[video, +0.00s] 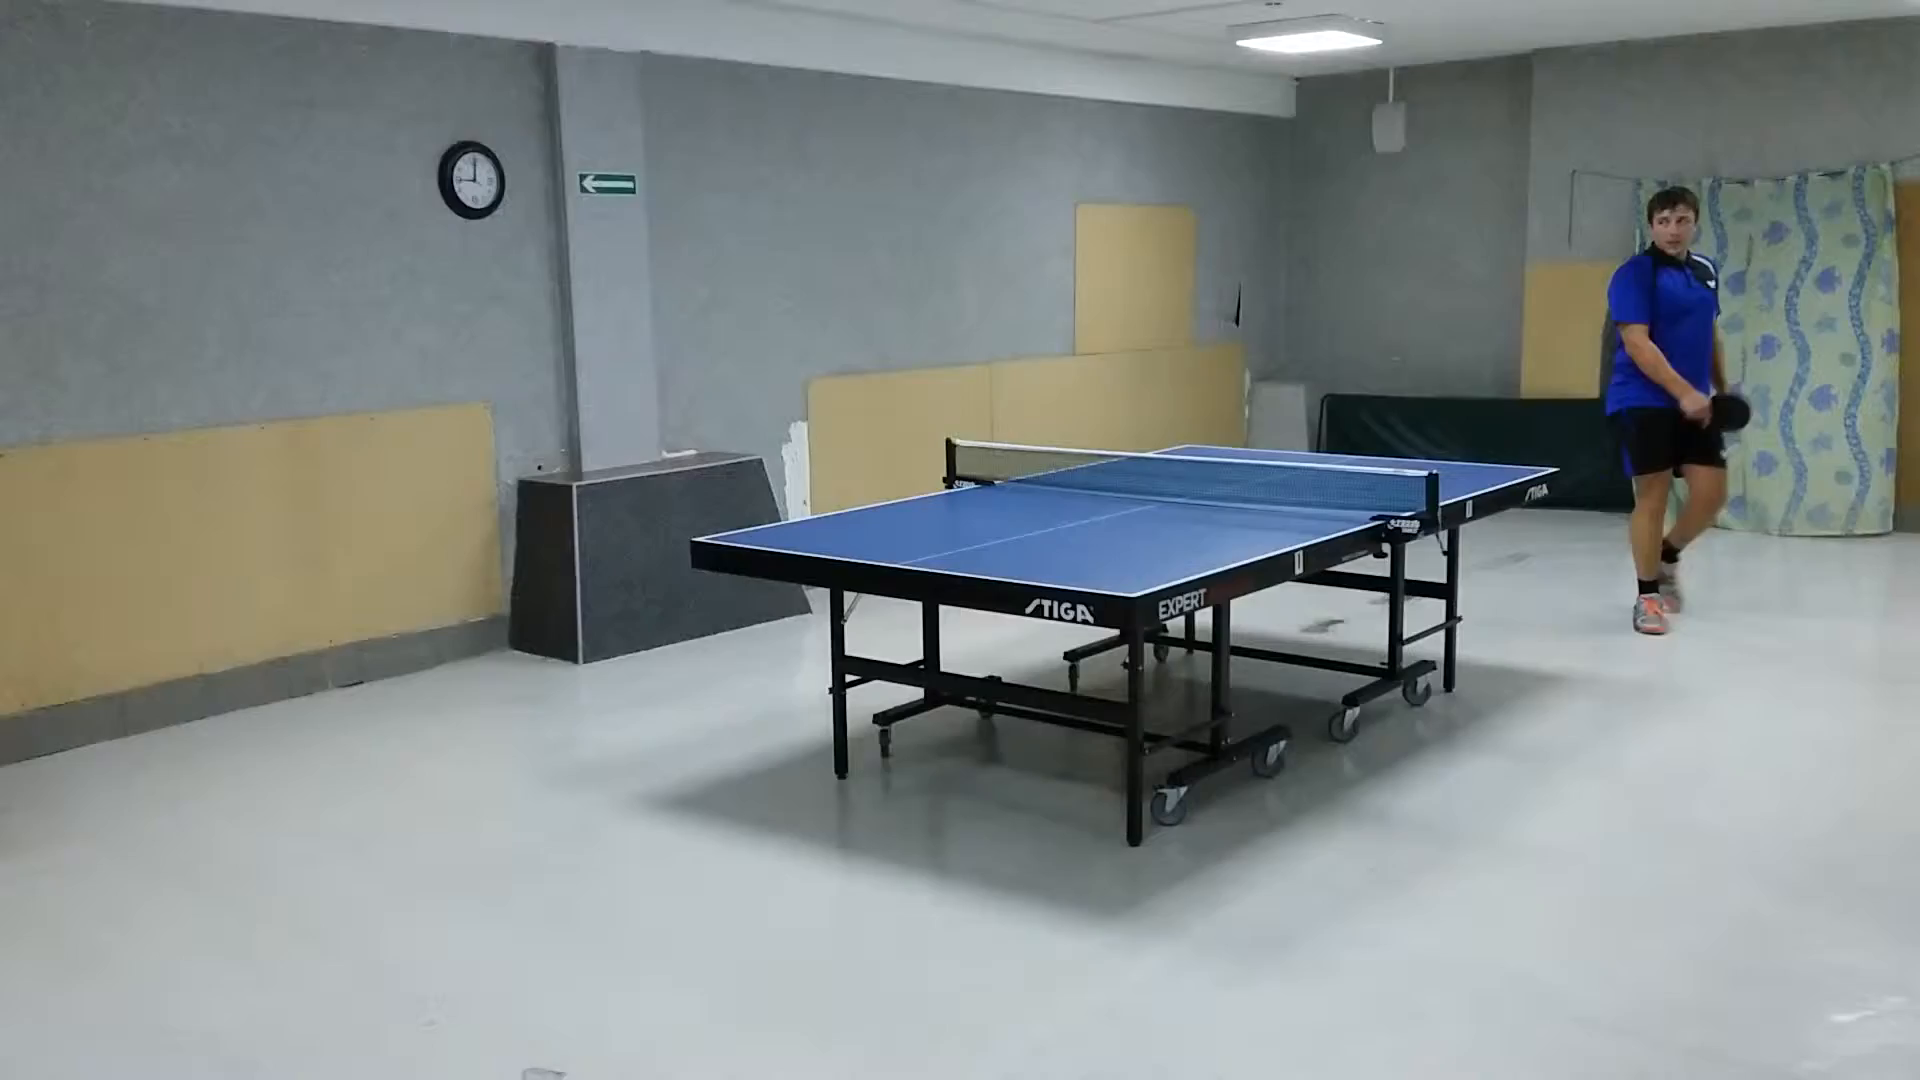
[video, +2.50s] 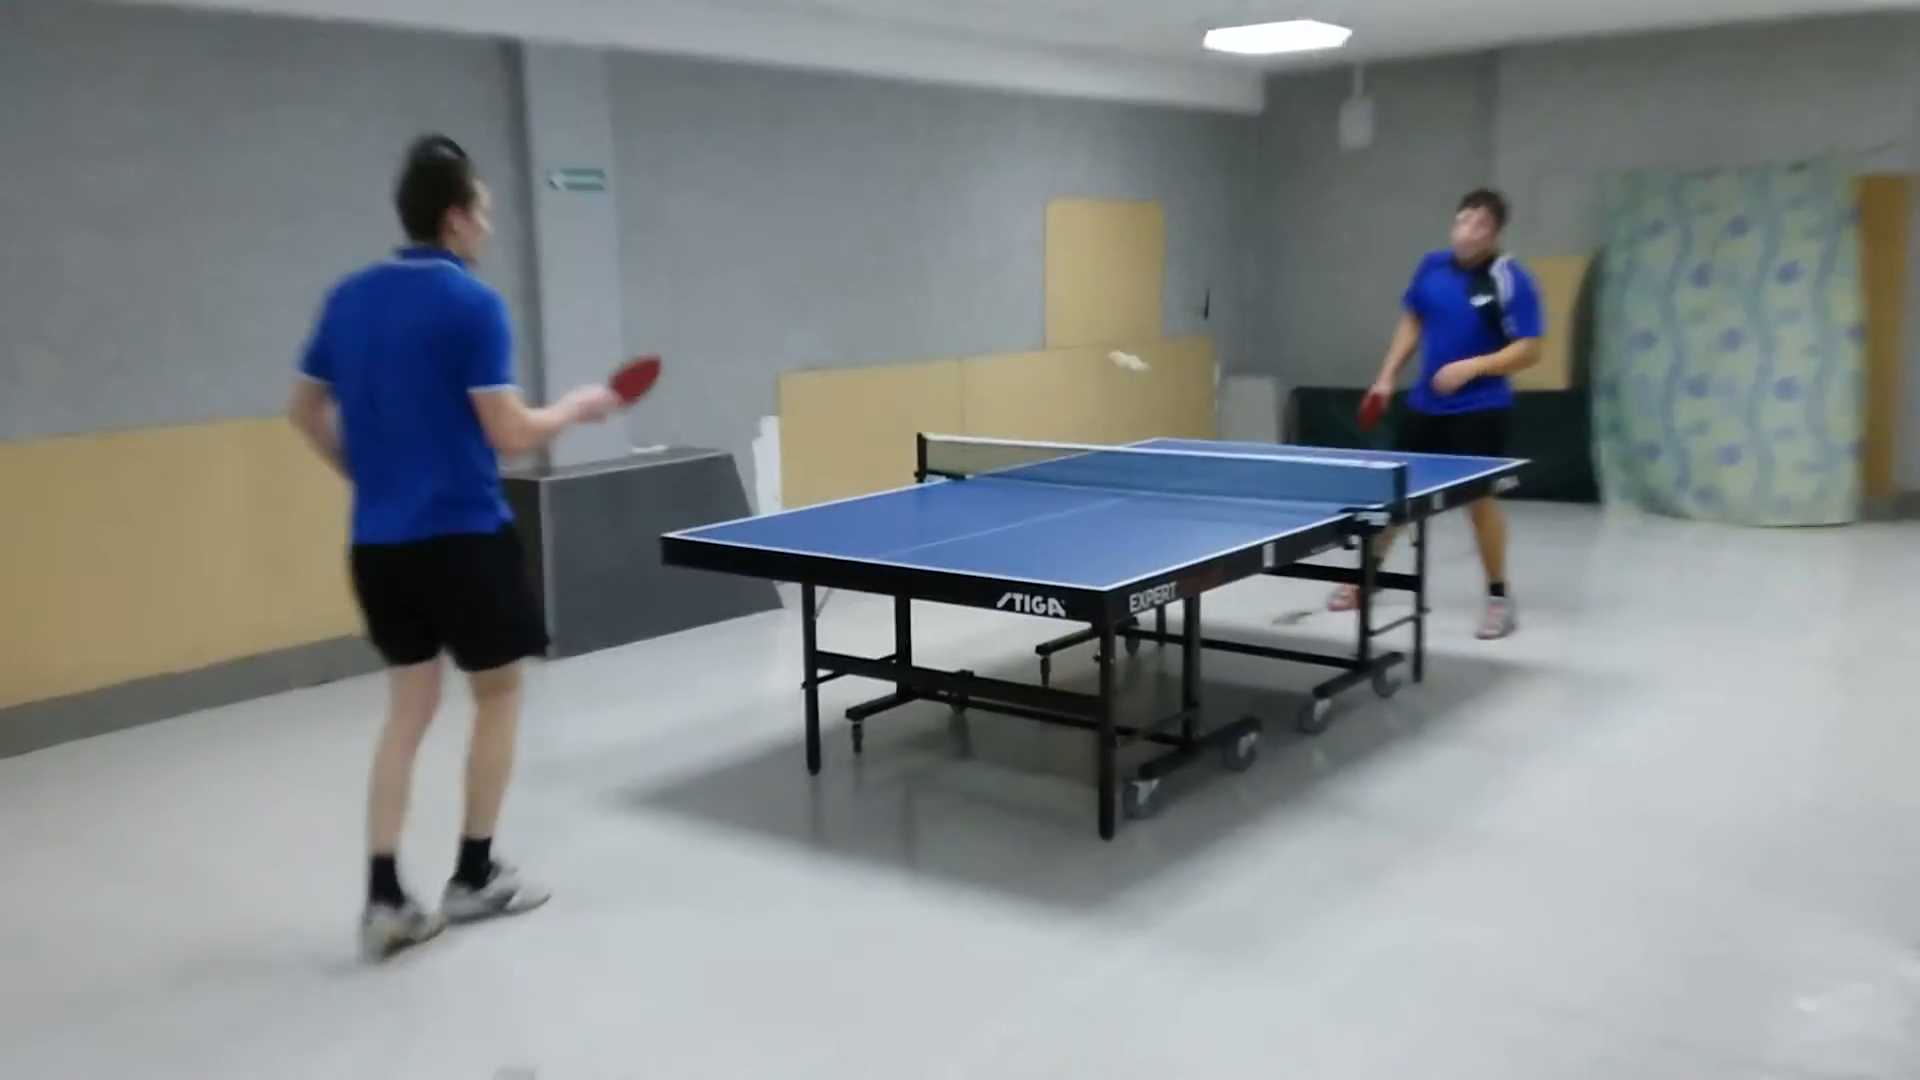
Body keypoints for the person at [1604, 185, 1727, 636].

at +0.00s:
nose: (1674, 229)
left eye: (1683, 221)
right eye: (1665, 221)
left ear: (1695, 227)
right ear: (1651, 226)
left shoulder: (1703, 272)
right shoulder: (1635, 273)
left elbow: (1710, 334)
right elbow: (1636, 343)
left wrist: (1722, 388)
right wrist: (1684, 392)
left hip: (1694, 399)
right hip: (1645, 399)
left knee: (1710, 495)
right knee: (1653, 494)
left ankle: (1663, 556)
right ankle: (1647, 594)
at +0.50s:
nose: (1685, 221)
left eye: (1696, 213)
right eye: (1681, 213)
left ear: (1719, 220)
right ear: (1674, 219)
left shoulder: (1751, 272)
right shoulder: (1650, 269)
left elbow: (1773, 337)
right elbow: (1609, 325)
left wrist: (1780, 408)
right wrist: (1569, 376)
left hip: (1717, 409)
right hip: (1655, 405)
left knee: (1713, 498)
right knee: (1656, 495)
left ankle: (1725, 602)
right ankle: (1646, 596)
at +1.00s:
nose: (1671, 228)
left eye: (1682, 221)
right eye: (1665, 219)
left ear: (1699, 226)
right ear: (1654, 222)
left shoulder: (1710, 260)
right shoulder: (1641, 268)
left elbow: (1696, 293)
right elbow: (1628, 336)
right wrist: (1597, 384)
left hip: (1688, 403)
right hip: (1632, 399)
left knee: (1702, 499)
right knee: (1605, 485)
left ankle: (1714, 596)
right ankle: (1571, 584)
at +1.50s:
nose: (1557, 226)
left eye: (1567, 219)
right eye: (1553, 217)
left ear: (1587, 222)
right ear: (1545, 219)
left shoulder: (1609, 257)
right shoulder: (1533, 268)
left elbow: (1582, 223)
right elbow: (1510, 331)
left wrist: (1525, 186)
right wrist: (1483, 383)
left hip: (1598, 391)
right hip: (1544, 393)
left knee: (1596, 482)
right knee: (1547, 483)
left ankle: (1626, 584)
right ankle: (1548, 585)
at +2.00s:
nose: (1504, 229)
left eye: (1516, 223)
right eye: (1501, 220)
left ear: (1538, 231)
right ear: (1494, 224)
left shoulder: (1561, 282)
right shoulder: (1481, 268)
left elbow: (1581, 347)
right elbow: (1464, 326)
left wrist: (1534, 383)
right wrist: (1446, 386)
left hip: (1524, 404)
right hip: (1478, 402)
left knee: (1499, 493)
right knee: (1501, 492)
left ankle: (1496, 601)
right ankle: (1533, 580)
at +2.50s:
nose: (1466, 230)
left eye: (1479, 225)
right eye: (1462, 221)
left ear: (1495, 235)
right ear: (1453, 225)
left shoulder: (1508, 278)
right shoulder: (1433, 267)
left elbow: (1527, 349)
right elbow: (1411, 322)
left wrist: (1469, 367)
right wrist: (1386, 378)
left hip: (1481, 410)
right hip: (1425, 405)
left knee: (1479, 499)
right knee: (1395, 494)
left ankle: (1497, 597)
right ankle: (1364, 580)